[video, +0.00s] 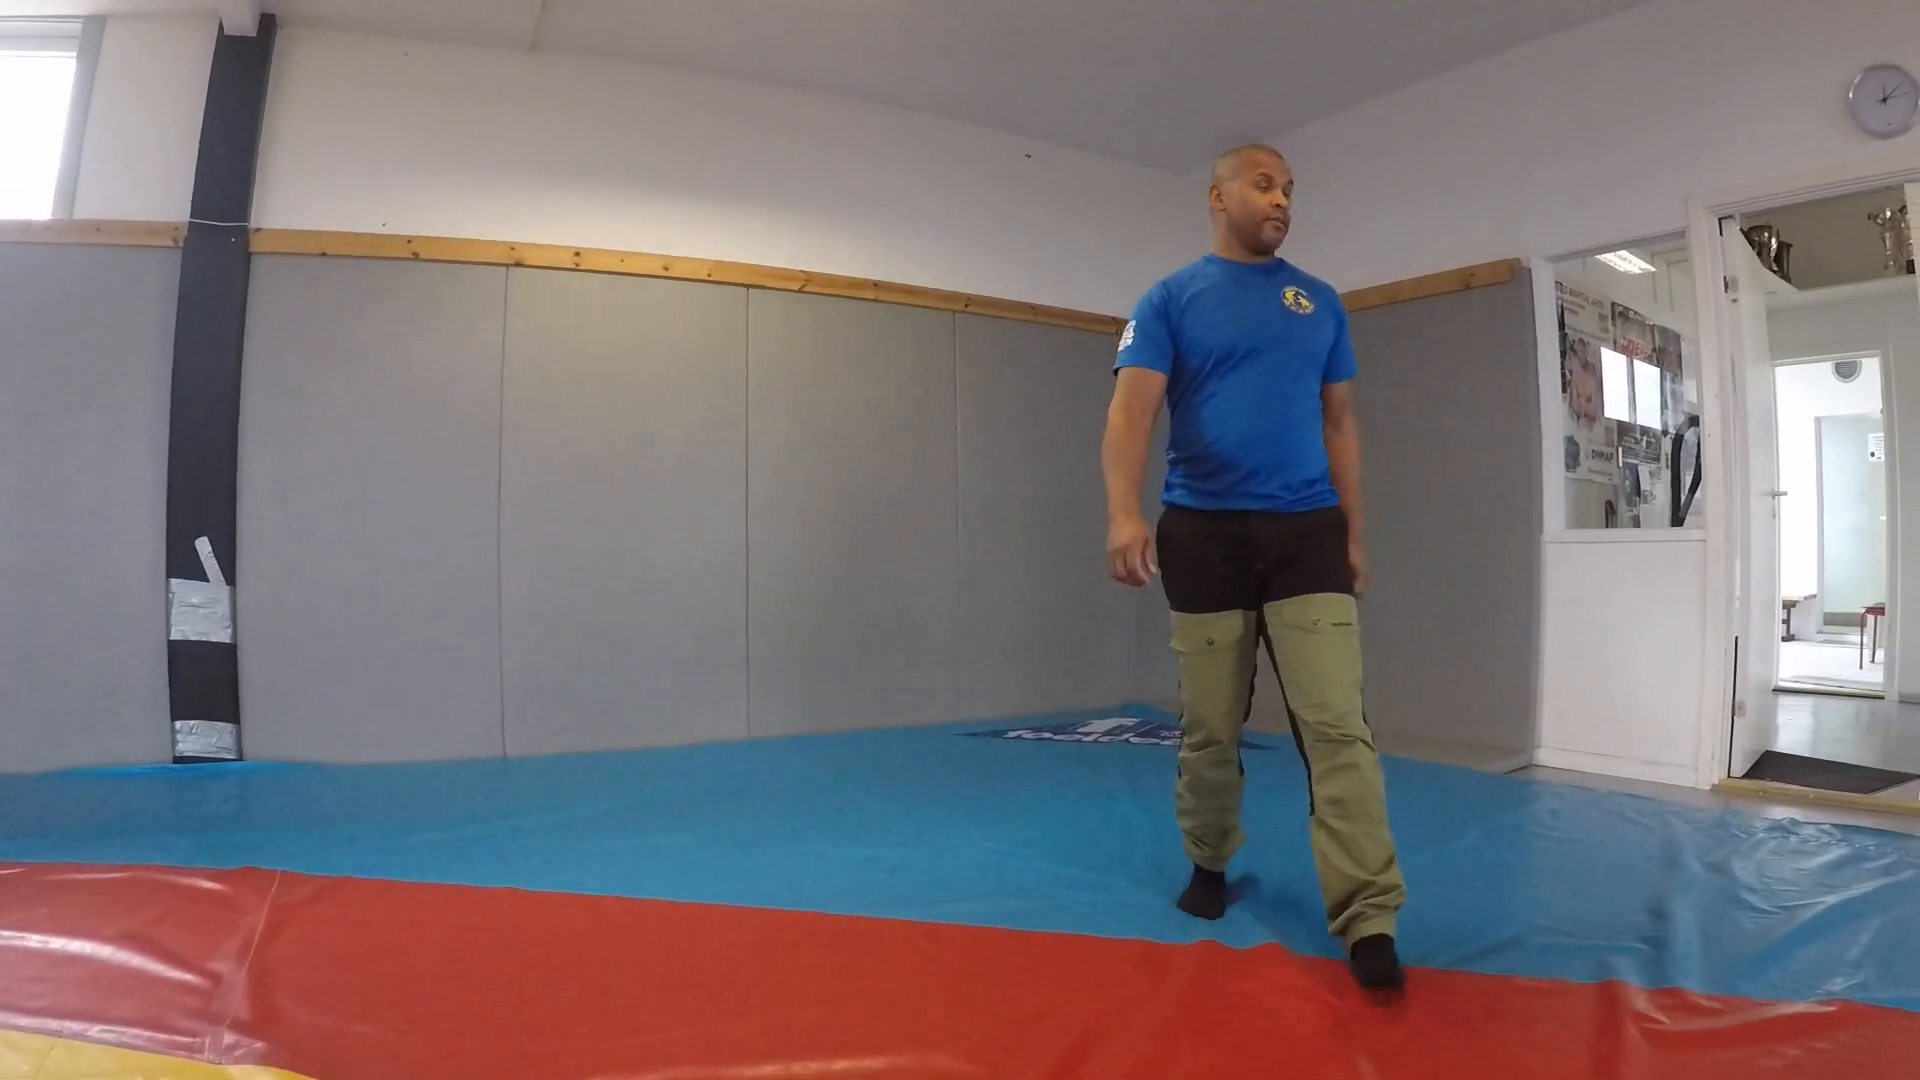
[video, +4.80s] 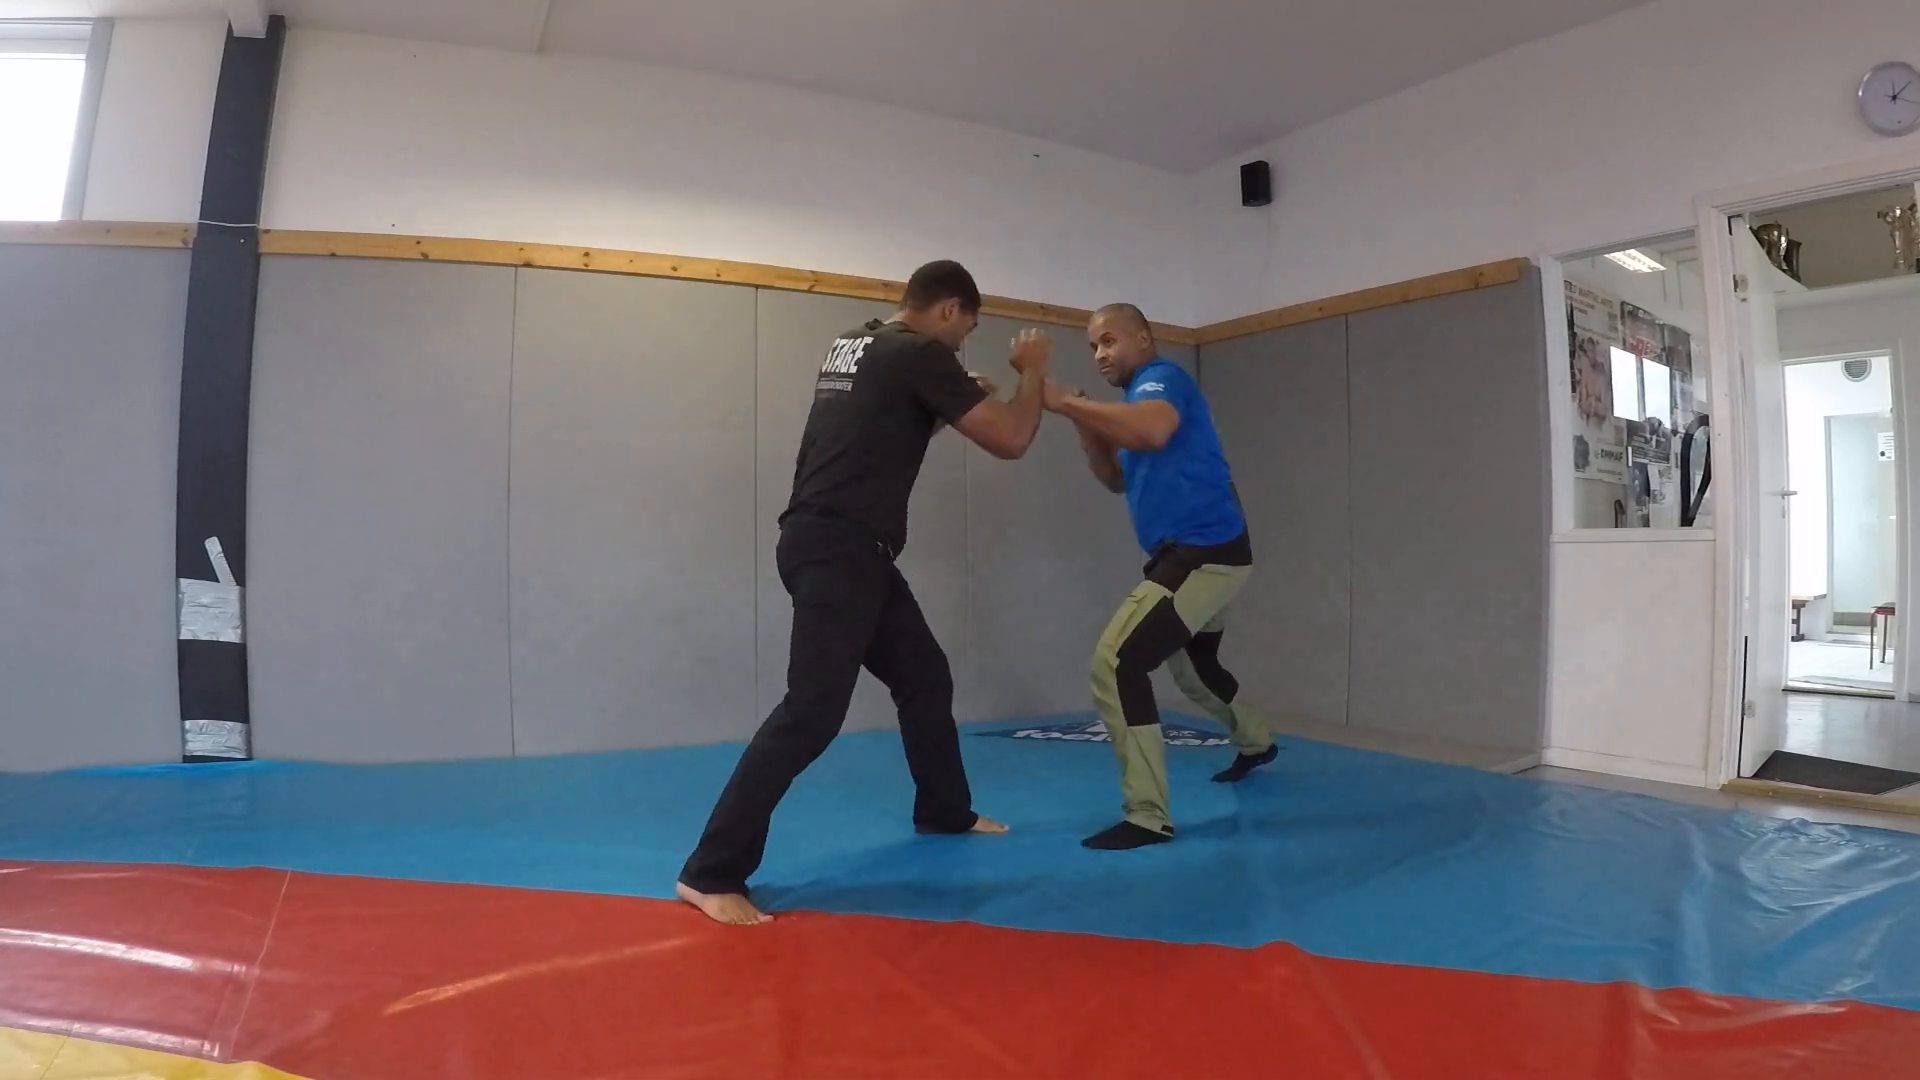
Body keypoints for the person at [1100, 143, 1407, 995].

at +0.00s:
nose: (1279, 200)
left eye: (1286, 191)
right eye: (1263, 185)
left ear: (1291, 209)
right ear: (1216, 197)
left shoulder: (1319, 302)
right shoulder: (1172, 299)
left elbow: (1339, 422)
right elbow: (1131, 409)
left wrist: (1351, 534)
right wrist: (1123, 513)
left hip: (1308, 531)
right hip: (1203, 533)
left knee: (1337, 724)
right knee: (1211, 725)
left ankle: (1368, 917)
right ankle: (1207, 860)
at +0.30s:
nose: (1214, 210)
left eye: (1226, 198)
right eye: (1196, 201)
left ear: (1247, 214)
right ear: (1176, 222)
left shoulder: (1298, 300)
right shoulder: (1154, 318)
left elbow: (1330, 411)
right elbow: (1123, 431)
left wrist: (1350, 508)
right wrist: (1115, 531)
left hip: (1292, 522)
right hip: (1196, 524)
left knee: (1320, 693)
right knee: (1202, 704)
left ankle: (1311, 807)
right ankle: (1205, 856)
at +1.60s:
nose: (1137, 299)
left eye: (1146, 287)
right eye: (1129, 293)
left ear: (1176, 294)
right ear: (1127, 307)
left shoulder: (1220, 356)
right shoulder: (1120, 380)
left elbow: (1250, 439)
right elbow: (1106, 462)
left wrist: (1243, 515)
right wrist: (1094, 528)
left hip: (1214, 531)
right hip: (1150, 536)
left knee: (1238, 663)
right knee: (1160, 666)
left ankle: (1265, 789)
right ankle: (1167, 773)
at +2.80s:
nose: (1117, 312)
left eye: (1127, 299)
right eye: (1112, 306)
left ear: (1160, 303)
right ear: (1118, 318)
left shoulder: (1191, 352)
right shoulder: (1130, 378)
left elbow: (1226, 427)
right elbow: (1129, 466)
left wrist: (1144, 435)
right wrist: (1084, 513)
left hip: (1190, 531)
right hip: (1141, 533)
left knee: (1192, 668)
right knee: (1148, 668)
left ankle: (1224, 801)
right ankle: (1168, 773)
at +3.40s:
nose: (1154, 328)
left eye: (1165, 315)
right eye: (1151, 318)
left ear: (1202, 319)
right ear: (1165, 326)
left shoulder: (1235, 381)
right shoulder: (1180, 383)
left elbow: (1211, 476)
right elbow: (1157, 447)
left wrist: (1145, 413)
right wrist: (1117, 400)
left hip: (1260, 548)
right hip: (1211, 545)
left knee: (1209, 674)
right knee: (1164, 667)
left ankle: (1264, 817)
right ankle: (1177, 770)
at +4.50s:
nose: (1111, 370)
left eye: (1118, 358)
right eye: (1106, 367)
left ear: (1152, 353)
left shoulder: (1169, 383)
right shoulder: (1171, 401)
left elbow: (1129, 407)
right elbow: (1204, 472)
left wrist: (1068, 386)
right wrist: (1153, 496)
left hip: (1228, 548)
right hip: (1247, 545)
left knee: (1163, 669)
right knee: (1218, 663)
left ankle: (1154, 816)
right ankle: (1263, 755)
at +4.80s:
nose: (1099, 352)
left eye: (1108, 339)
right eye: (1094, 347)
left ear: (1144, 337)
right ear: (1099, 357)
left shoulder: (1161, 376)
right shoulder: (1135, 400)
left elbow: (1153, 428)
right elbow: (1115, 478)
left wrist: (1069, 402)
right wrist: (1088, 424)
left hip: (1205, 550)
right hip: (1187, 550)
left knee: (1118, 662)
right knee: (1196, 670)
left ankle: (1149, 818)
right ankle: (1257, 744)